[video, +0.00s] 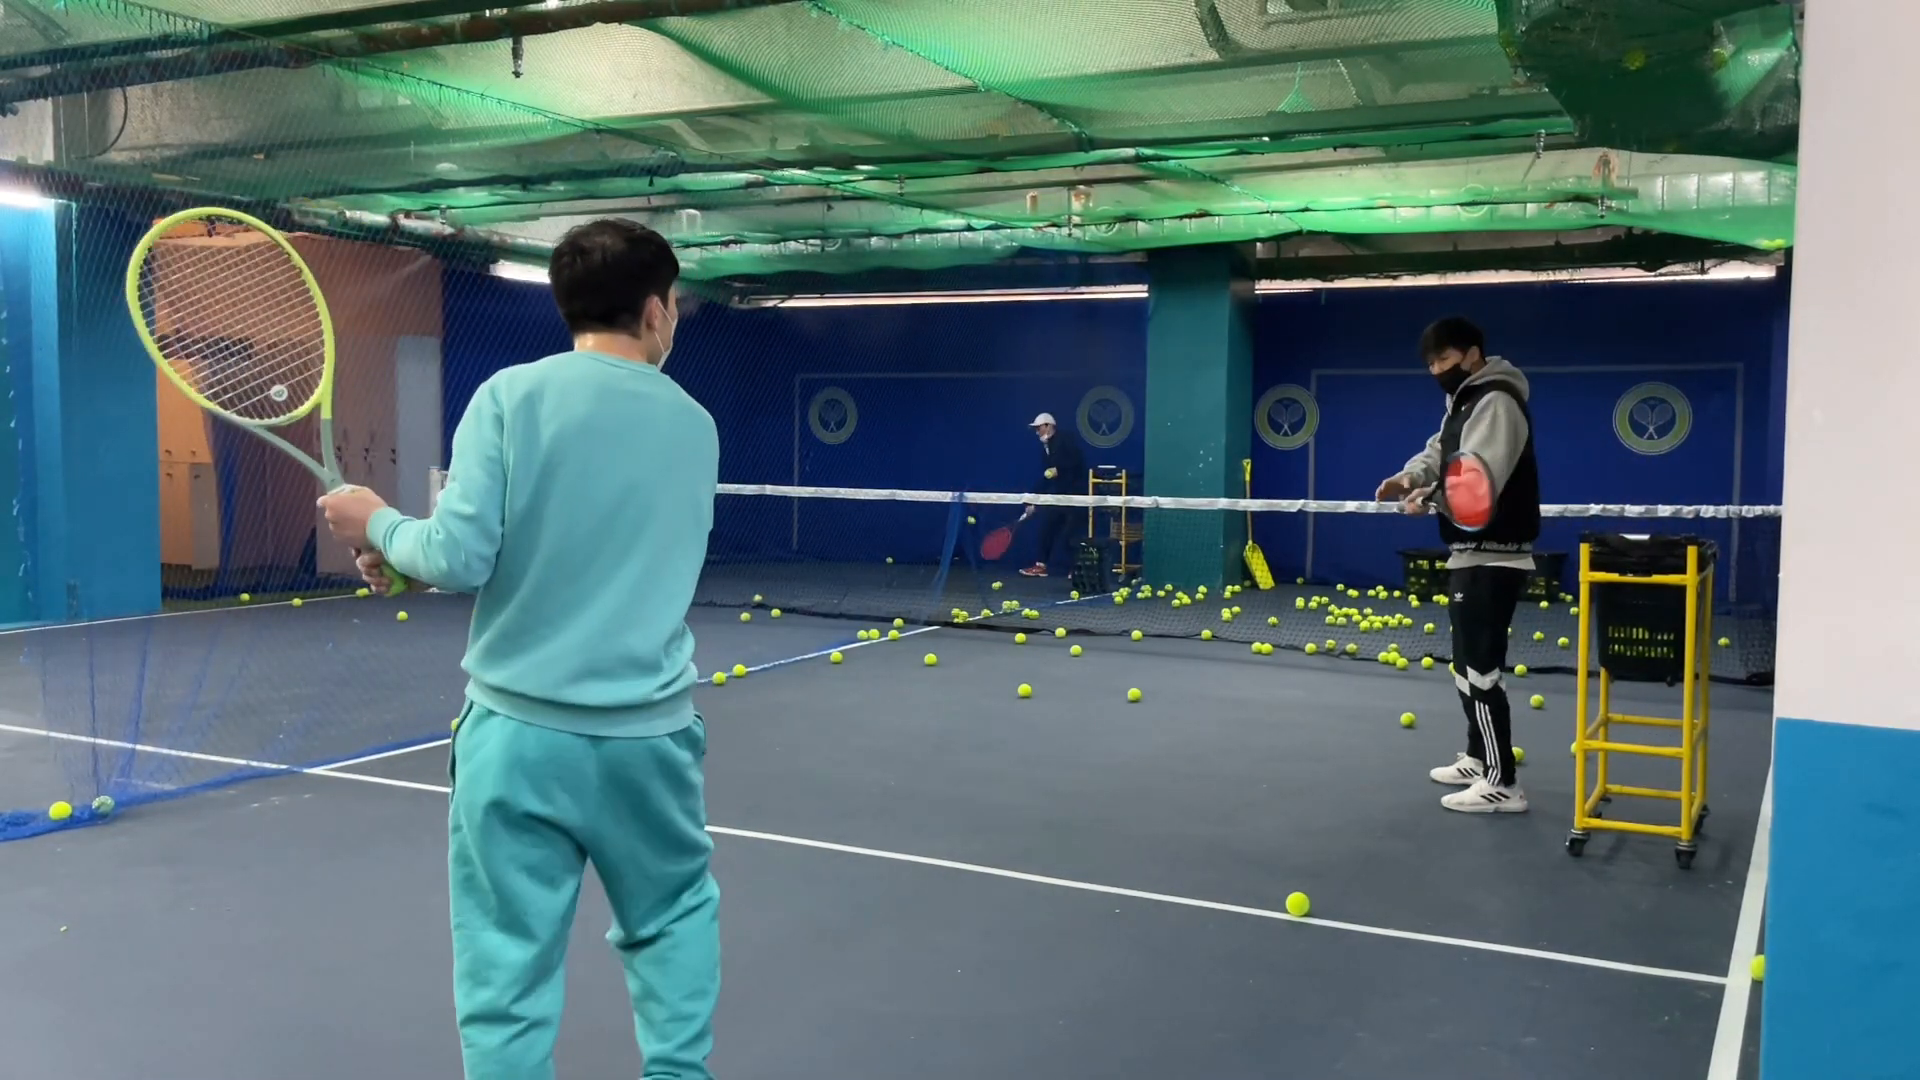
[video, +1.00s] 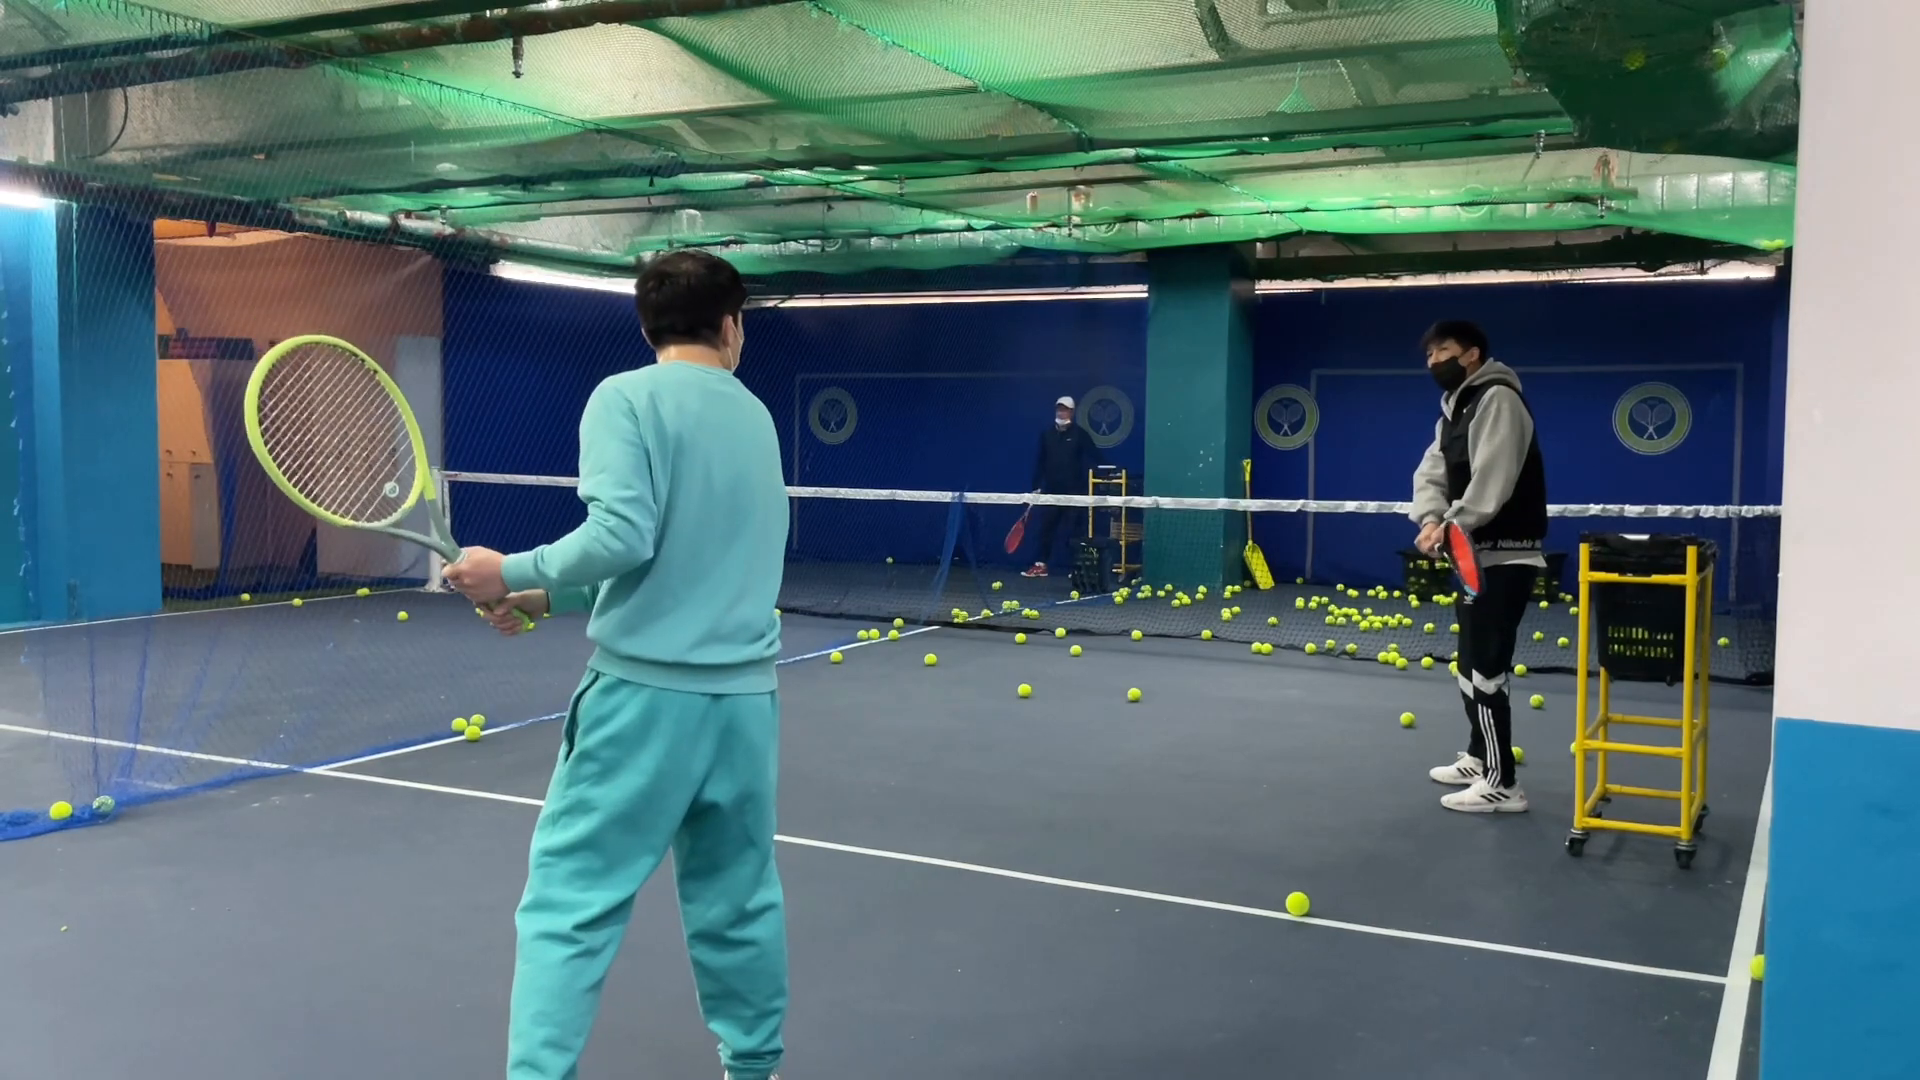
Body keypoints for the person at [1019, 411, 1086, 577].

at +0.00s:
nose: (1037, 432)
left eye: (1039, 428)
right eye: (1036, 429)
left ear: (1049, 426)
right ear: (1043, 428)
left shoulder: (1064, 439)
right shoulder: (1046, 447)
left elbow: (1074, 461)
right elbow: (1044, 477)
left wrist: (1058, 470)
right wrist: (1033, 500)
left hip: (1074, 491)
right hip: (1058, 491)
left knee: (1072, 529)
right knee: (1047, 526)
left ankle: (1075, 567)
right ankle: (1041, 564)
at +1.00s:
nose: (1061, 413)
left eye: (1065, 409)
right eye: (1059, 409)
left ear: (1072, 413)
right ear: (1055, 411)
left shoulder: (1081, 435)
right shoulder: (1047, 435)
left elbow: (1093, 462)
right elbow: (1041, 462)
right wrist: (1036, 485)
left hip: (1075, 489)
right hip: (1052, 487)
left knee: (1074, 528)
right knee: (1047, 526)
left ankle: (1077, 567)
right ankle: (1041, 564)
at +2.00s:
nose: (1052, 413)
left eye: (1056, 409)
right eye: (1050, 409)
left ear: (1065, 412)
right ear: (1048, 411)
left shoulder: (1076, 433)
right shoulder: (1043, 433)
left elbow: (1084, 461)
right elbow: (1039, 457)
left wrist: (1080, 459)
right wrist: (1035, 472)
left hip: (1070, 485)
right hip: (1047, 485)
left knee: (1072, 526)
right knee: (1041, 525)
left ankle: (1076, 567)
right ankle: (1040, 564)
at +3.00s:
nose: (1067, 408)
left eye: (1070, 405)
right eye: (1064, 405)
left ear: (1075, 408)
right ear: (1058, 408)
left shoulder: (1078, 432)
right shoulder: (1048, 428)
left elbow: (1083, 456)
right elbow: (1030, 445)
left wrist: (1089, 460)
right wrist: (1027, 460)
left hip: (1071, 484)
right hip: (1048, 483)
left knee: (1072, 524)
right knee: (1046, 523)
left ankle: (1072, 565)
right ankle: (1044, 564)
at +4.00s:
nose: (1022, 411)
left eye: (1026, 408)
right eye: (1020, 408)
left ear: (1035, 411)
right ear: (1017, 411)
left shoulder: (1044, 433)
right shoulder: (1014, 434)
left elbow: (1047, 462)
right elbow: (1008, 457)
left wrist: (1024, 466)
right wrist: (1009, 469)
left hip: (1039, 487)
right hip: (1018, 486)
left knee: (1038, 528)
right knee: (1010, 525)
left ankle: (1036, 569)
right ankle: (1014, 563)